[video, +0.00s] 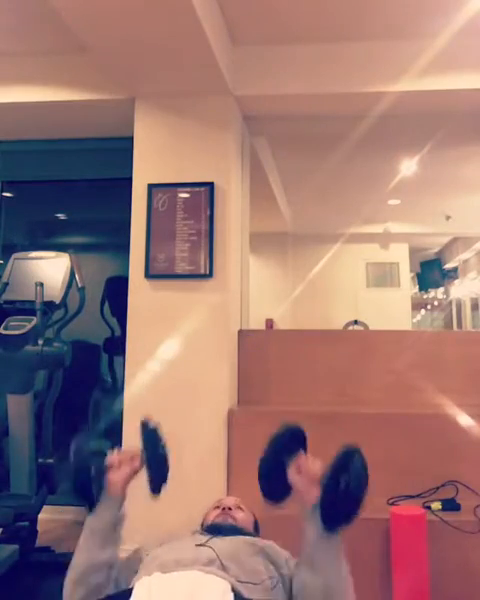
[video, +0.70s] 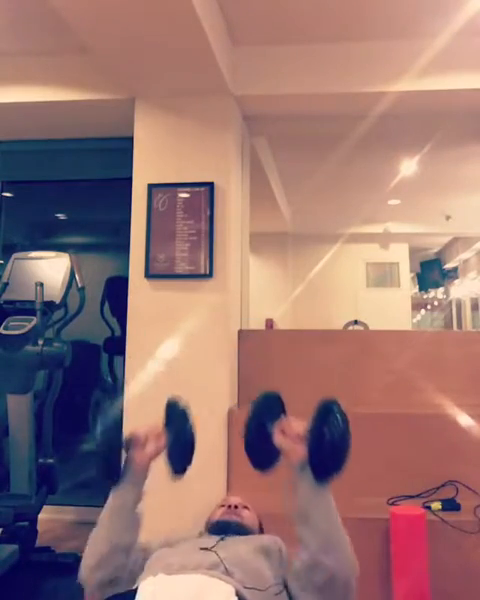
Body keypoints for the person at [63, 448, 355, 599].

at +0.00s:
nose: (226, 506)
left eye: (238, 508)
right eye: (218, 506)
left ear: (255, 530)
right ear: (199, 524)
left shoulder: (271, 553)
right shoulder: (156, 550)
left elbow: (324, 594)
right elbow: (83, 592)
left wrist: (315, 509)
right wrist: (112, 496)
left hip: (223, 589)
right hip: (150, 586)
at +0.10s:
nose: (227, 513)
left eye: (238, 514)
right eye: (218, 512)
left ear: (258, 533)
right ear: (201, 527)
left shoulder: (273, 553)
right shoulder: (156, 552)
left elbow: (332, 581)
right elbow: (92, 565)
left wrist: (307, 468)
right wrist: (124, 461)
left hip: (227, 591)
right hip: (154, 588)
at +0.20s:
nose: (228, 513)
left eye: (240, 515)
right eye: (220, 512)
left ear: (259, 533)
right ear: (204, 527)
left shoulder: (275, 553)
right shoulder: (153, 547)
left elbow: (319, 535)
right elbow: (110, 517)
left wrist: (296, 431)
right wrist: (140, 429)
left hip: (223, 590)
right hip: (152, 587)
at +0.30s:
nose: (233, 515)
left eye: (245, 516)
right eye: (224, 513)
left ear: (262, 532)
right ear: (208, 524)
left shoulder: (282, 563)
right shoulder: (150, 546)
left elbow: (305, 506)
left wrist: (286, 404)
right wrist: (155, 398)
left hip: (220, 589)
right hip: (144, 588)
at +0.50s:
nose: (234, 510)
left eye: (245, 512)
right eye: (226, 509)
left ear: (261, 529)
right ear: (209, 521)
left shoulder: (281, 560)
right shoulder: (155, 546)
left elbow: (301, 502)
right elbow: (142, 486)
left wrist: (284, 407)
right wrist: (159, 403)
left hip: (223, 588)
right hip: (144, 588)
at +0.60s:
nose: (233, 507)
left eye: (244, 509)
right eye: (225, 506)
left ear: (261, 530)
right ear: (208, 522)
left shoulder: (277, 555)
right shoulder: (155, 550)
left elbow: (320, 540)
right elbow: (114, 528)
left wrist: (292, 433)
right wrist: (147, 435)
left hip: (225, 589)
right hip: (154, 588)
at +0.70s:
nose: (232, 504)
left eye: (243, 507)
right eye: (222, 504)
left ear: (261, 529)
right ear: (204, 525)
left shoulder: (273, 550)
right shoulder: (164, 550)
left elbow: (333, 583)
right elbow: (99, 580)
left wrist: (304, 469)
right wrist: (134, 472)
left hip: (230, 590)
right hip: (156, 589)